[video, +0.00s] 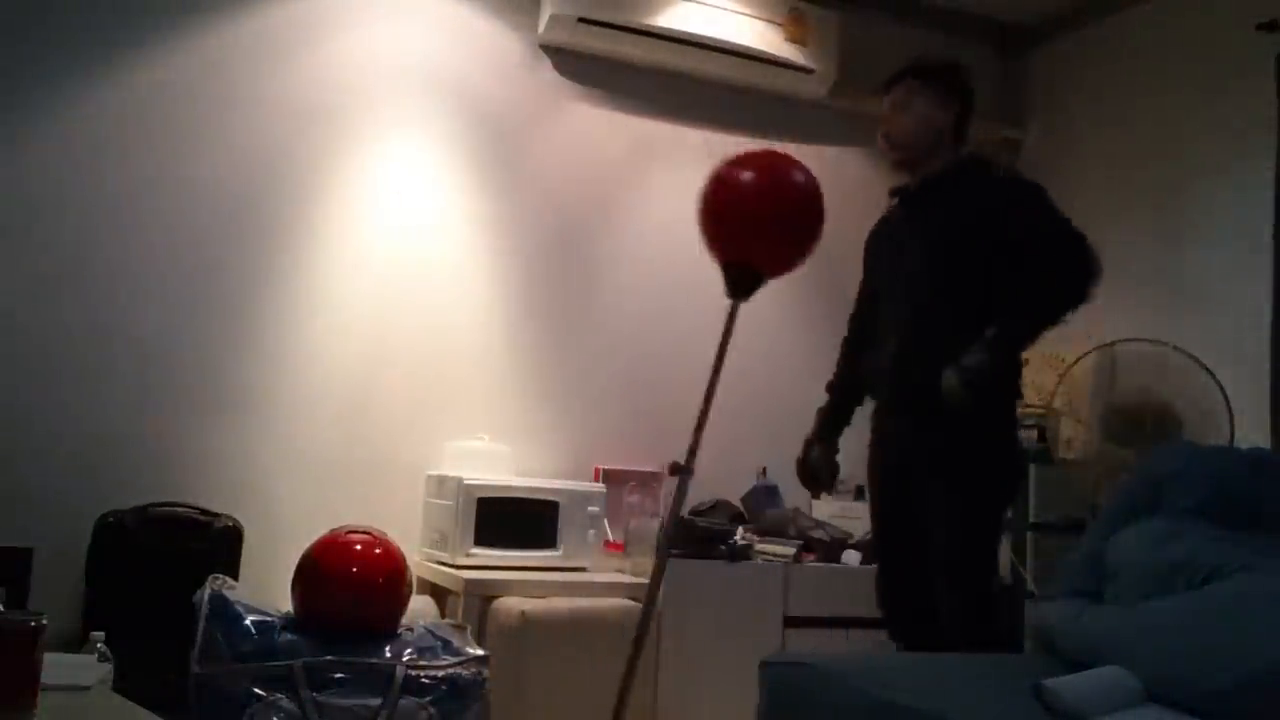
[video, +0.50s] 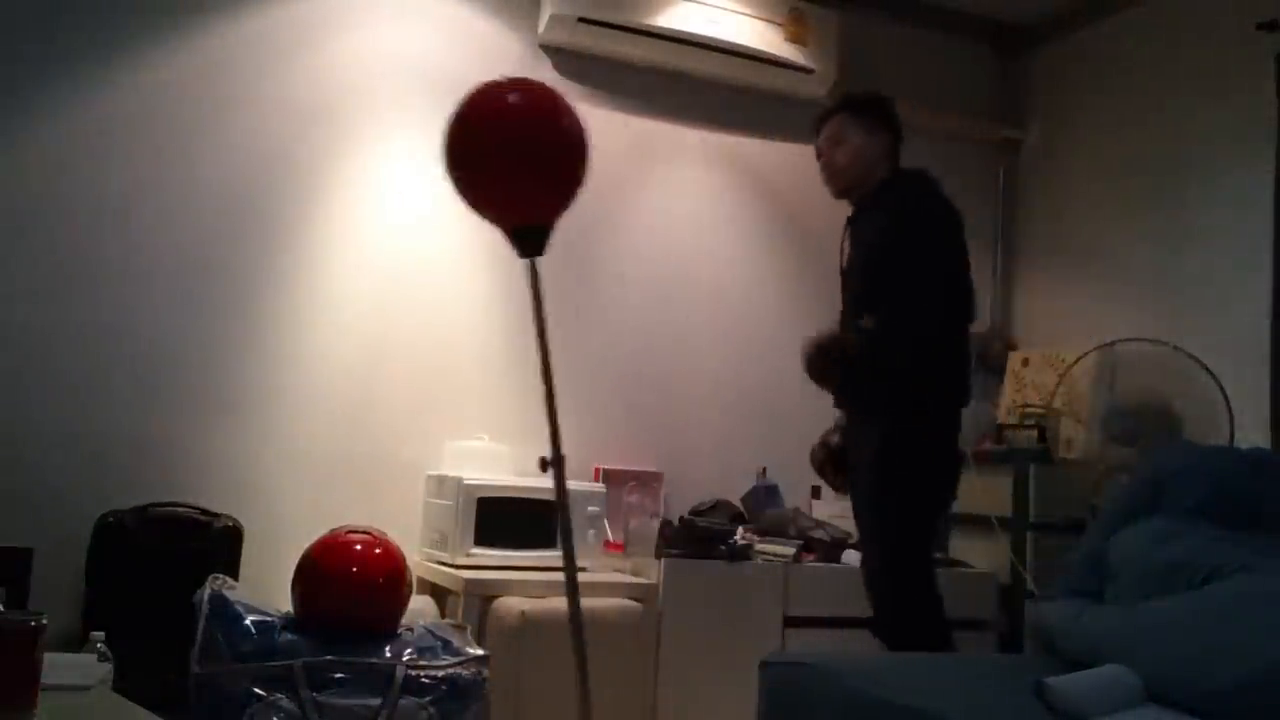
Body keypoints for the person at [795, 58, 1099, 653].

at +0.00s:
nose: (889, 123)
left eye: (906, 107)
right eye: (887, 108)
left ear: (947, 117)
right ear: (883, 118)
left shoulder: (999, 193)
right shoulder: (892, 229)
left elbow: (1072, 268)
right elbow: (866, 338)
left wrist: (990, 352)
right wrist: (826, 433)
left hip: (971, 434)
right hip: (900, 436)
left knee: (960, 598)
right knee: (905, 602)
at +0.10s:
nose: (868, 132)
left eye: (882, 116)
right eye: (867, 119)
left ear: (925, 121)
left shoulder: (975, 199)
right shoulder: (890, 224)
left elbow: (1025, 279)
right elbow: (871, 336)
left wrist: (973, 373)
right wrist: (830, 427)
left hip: (960, 427)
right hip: (898, 430)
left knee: (949, 602)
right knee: (909, 604)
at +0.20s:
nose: (851, 140)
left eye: (865, 127)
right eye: (853, 128)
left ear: (904, 133)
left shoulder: (949, 206)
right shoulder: (884, 220)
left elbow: (970, 328)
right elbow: (877, 344)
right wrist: (835, 433)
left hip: (941, 432)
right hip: (894, 433)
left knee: (931, 599)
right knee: (908, 600)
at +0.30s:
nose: (837, 148)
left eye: (850, 134)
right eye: (838, 135)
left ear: (889, 136)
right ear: (880, 140)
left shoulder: (932, 211)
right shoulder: (878, 222)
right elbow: (873, 353)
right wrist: (845, 441)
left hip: (929, 428)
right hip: (894, 428)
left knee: (907, 590)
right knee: (903, 591)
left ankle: (957, 709)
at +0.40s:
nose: (831, 156)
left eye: (842, 140)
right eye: (828, 145)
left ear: (882, 139)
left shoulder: (927, 207)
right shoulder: (873, 220)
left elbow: (962, 311)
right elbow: (870, 339)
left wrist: (876, 368)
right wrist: (851, 439)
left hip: (918, 423)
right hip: (887, 424)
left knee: (901, 581)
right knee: (892, 579)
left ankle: (930, 700)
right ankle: (924, 700)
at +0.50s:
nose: (821, 158)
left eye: (833, 143)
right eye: (819, 148)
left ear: (874, 143)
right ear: (871, 148)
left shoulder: (908, 210)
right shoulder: (876, 216)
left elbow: (905, 339)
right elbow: (877, 342)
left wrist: (837, 358)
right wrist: (848, 432)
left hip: (909, 427)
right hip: (891, 425)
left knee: (900, 589)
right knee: (897, 587)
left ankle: (931, 712)